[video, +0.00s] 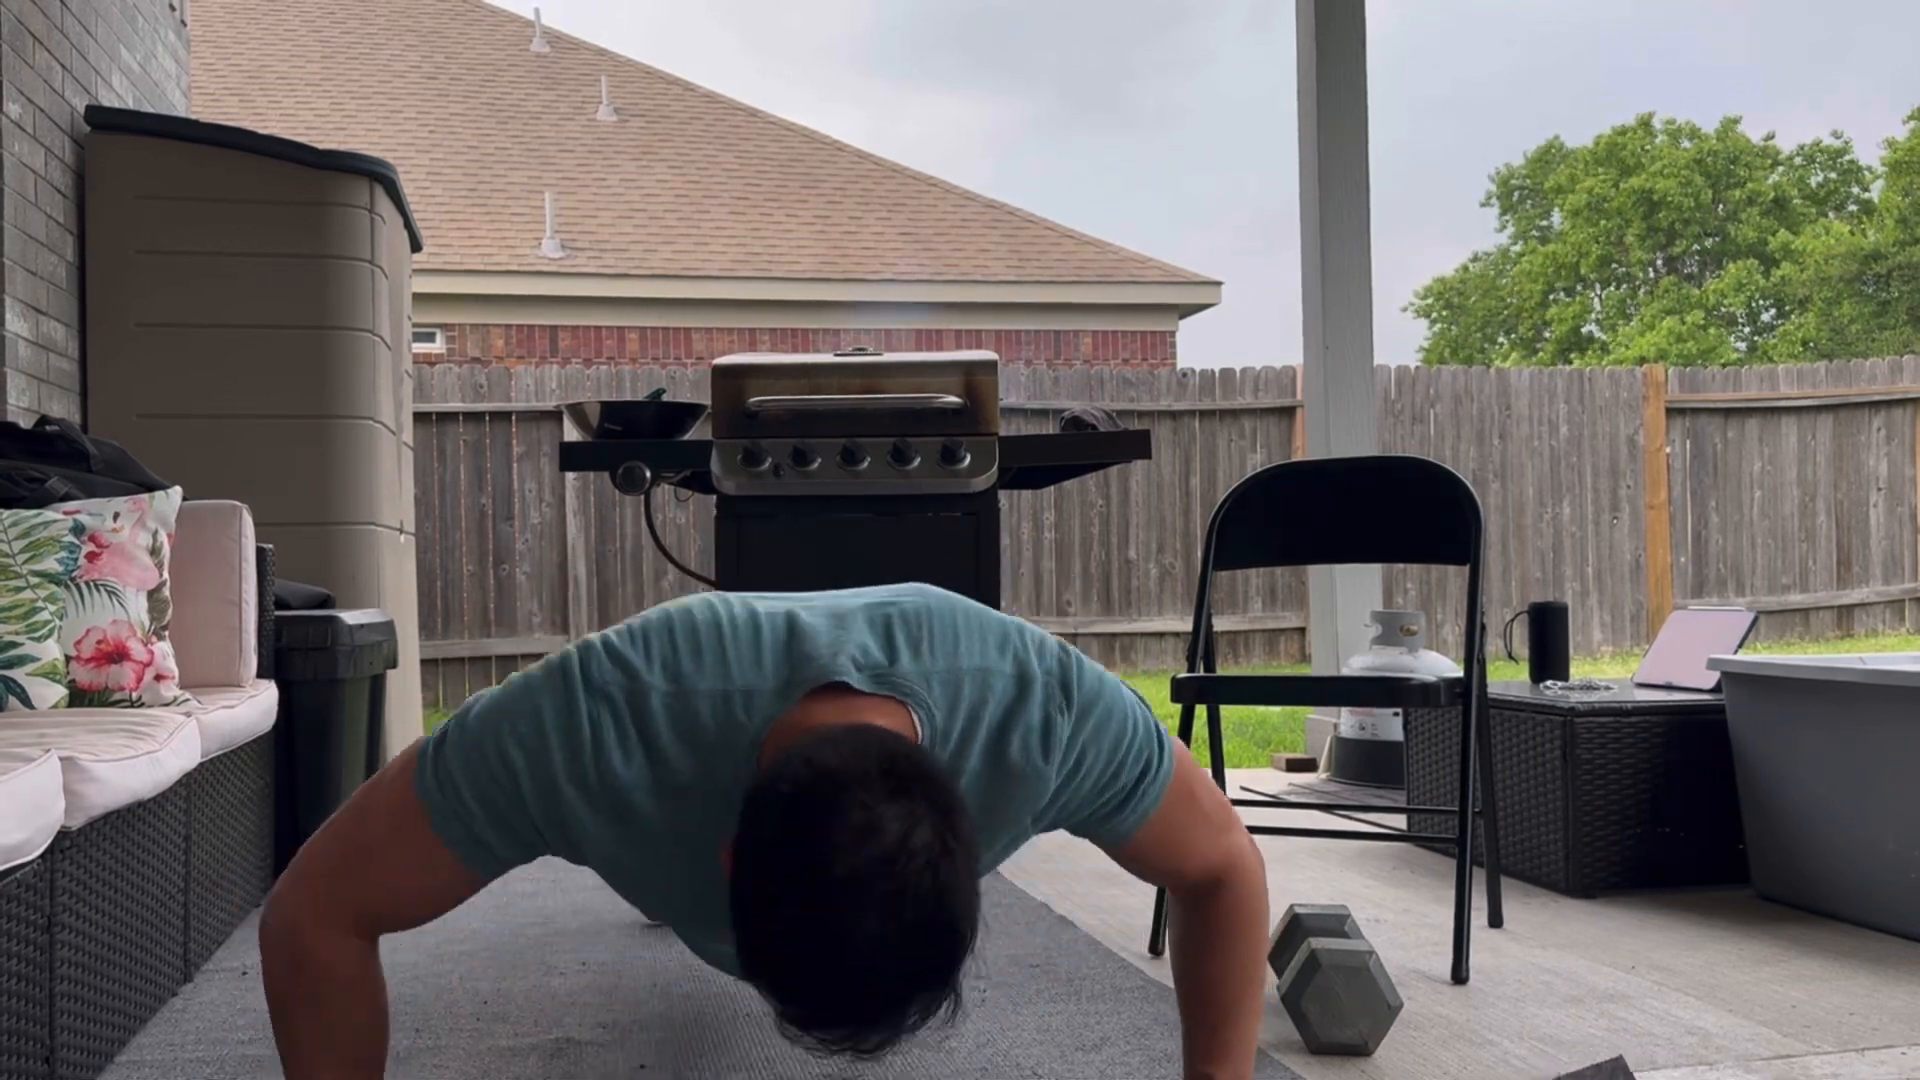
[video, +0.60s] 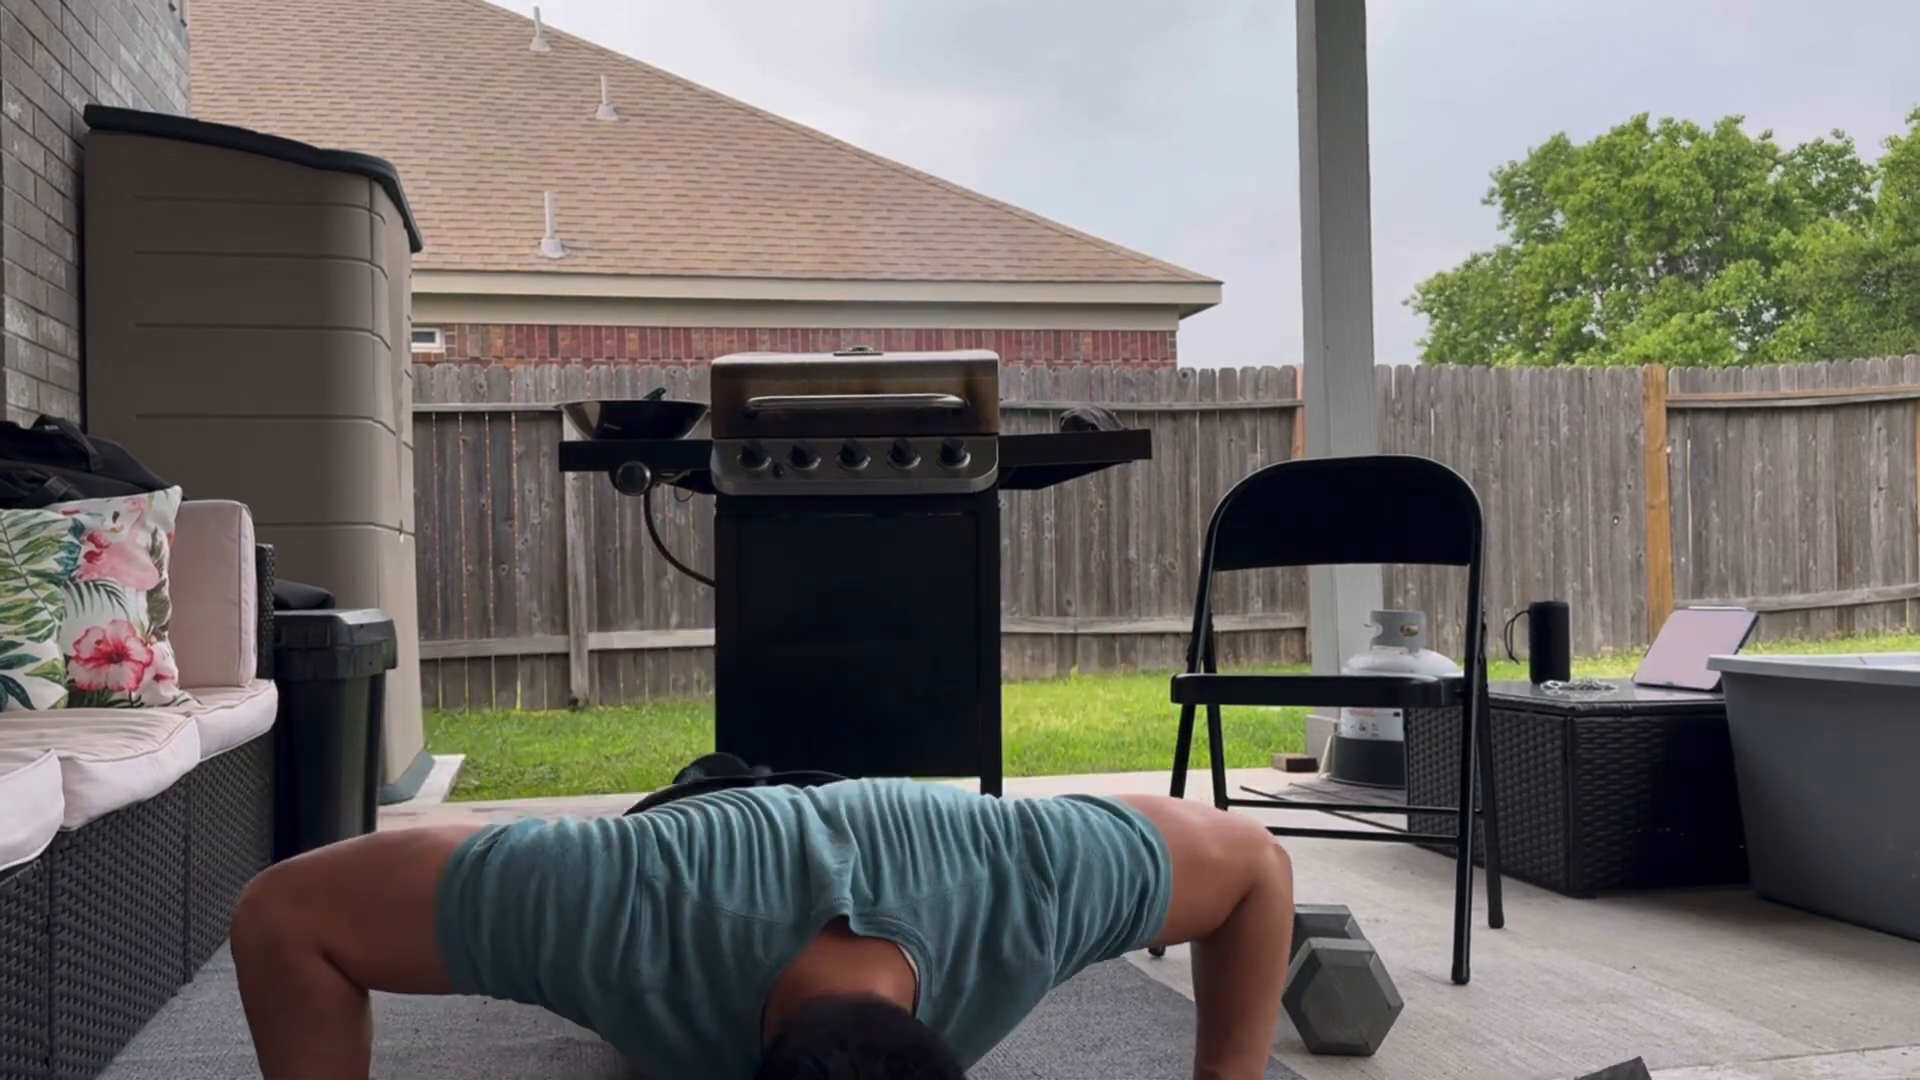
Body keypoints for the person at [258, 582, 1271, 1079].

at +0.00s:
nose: (834, 1016)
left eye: (882, 1002)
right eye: (795, 986)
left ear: (955, 808)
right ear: (729, 838)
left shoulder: (1047, 717)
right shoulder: (583, 737)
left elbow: (1225, 872)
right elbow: (315, 920)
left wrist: (1221, 1074)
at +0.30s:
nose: (828, 985)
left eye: (875, 971)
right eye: (789, 951)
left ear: (961, 829)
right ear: (729, 827)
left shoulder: (1038, 702)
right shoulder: (596, 710)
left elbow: (1221, 870)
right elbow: (319, 910)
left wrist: (1220, 1072)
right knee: (670, 947)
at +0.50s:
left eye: (897, 1044)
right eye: (819, 1046)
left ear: (939, 1031)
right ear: (751, 1029)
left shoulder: (1039, 874)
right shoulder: (615, 894)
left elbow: (1255, 872)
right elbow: (282, 924)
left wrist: (1230, 1073)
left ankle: (1277, 923)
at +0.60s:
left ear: (937, 1045)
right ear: (752, 1043)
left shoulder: (1042, 888)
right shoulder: (616, 914)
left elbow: (1254, 870)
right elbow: (286, 925)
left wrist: (1233, 1073)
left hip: (931, 817)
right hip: (697, 829)